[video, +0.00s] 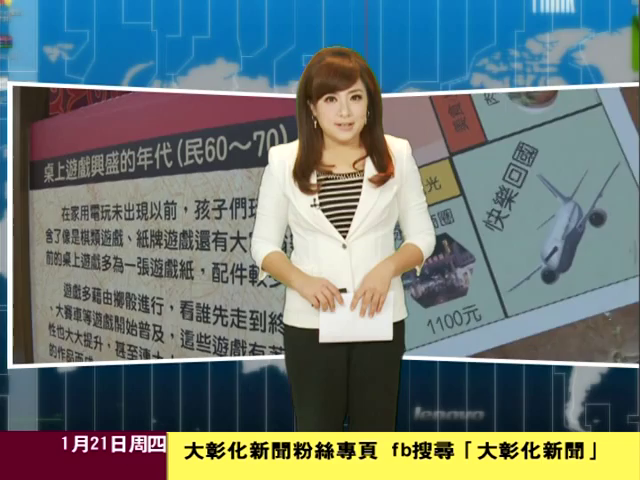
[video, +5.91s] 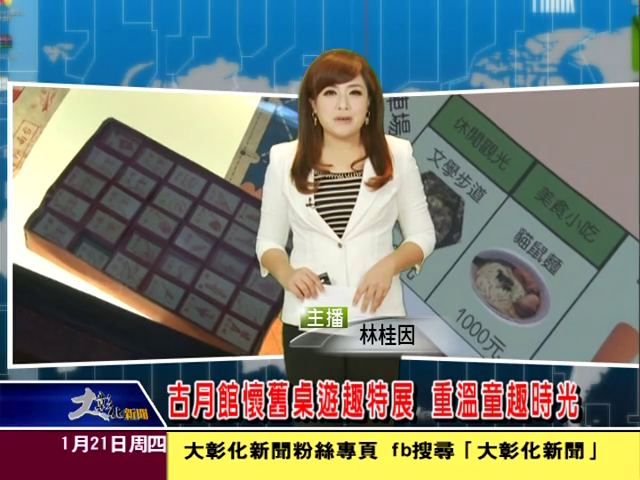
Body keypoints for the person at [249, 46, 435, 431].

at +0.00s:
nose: (345, 111)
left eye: (355, 98)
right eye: (331, 100)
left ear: (370, 102)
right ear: (311, 107)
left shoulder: (395, 155)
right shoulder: (285, 161)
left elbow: (422, 238)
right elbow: (263, 245)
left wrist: (387, 268)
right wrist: (302, 280)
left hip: (379, 329)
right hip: (311, 329)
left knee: (375, 446)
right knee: (316, 446)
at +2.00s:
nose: (346, 107)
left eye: (357, 96)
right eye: (333, 96)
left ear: (371, 105)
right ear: (313, 104)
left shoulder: (394, 156)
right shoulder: (285, 160)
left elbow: (423, 238)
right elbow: (263, 242)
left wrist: (382, 267)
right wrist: (296, 279)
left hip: (377, 323)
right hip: (308, 323)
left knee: (376, 439)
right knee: (314, 439)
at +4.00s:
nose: (347, 109)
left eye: (359, 97)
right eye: (334, 97)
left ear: (373, 104)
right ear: (315, 105)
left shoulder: (396, 155)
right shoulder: (287, 160)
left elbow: (424, 239)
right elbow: (265, 243)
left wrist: (383, 267)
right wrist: (297, 279)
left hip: (379, 323)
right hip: (309, 323)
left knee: (377, 439)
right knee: (314, 438)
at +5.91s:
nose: (343, 104)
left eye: (355, 93)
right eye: (330, 94)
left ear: (370, 103)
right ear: (312, 104)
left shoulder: (395, 155)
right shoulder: (285, 159)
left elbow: (422, 236)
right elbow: (268, 242)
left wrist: (389, 265)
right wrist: (289, 273)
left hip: (376, 324)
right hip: (307, 323)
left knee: (375, 438)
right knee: (313, 437)